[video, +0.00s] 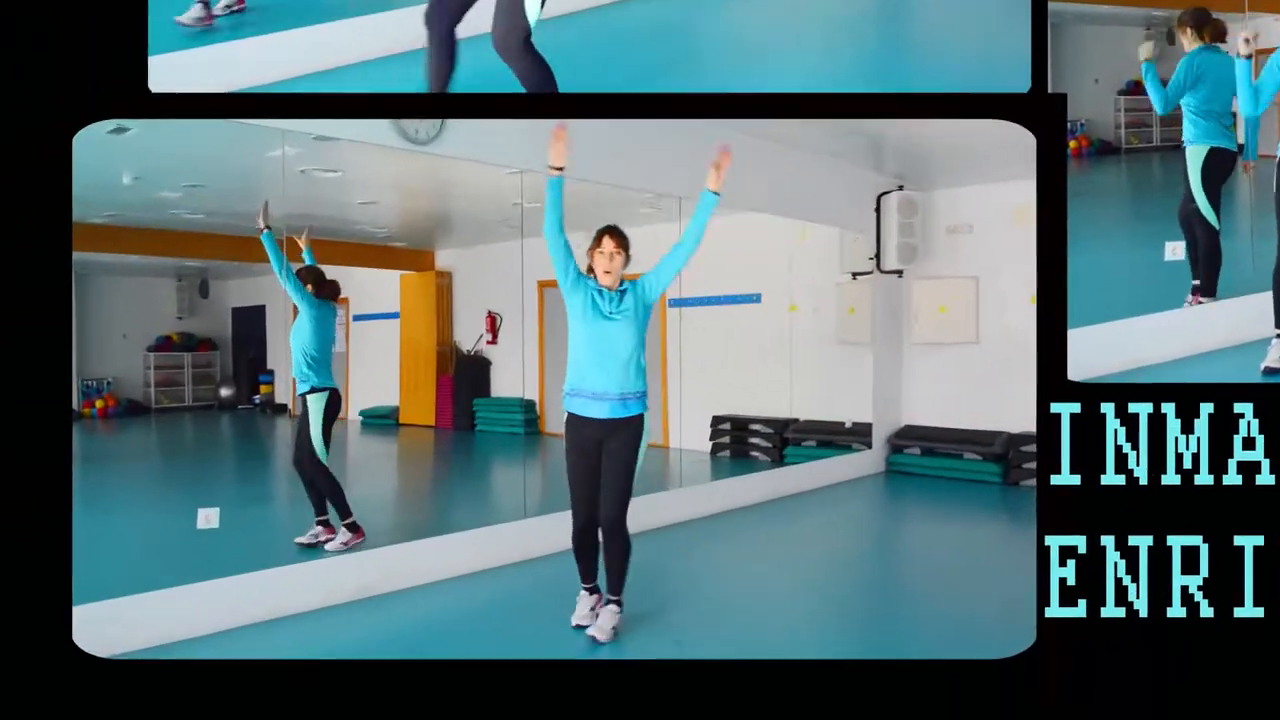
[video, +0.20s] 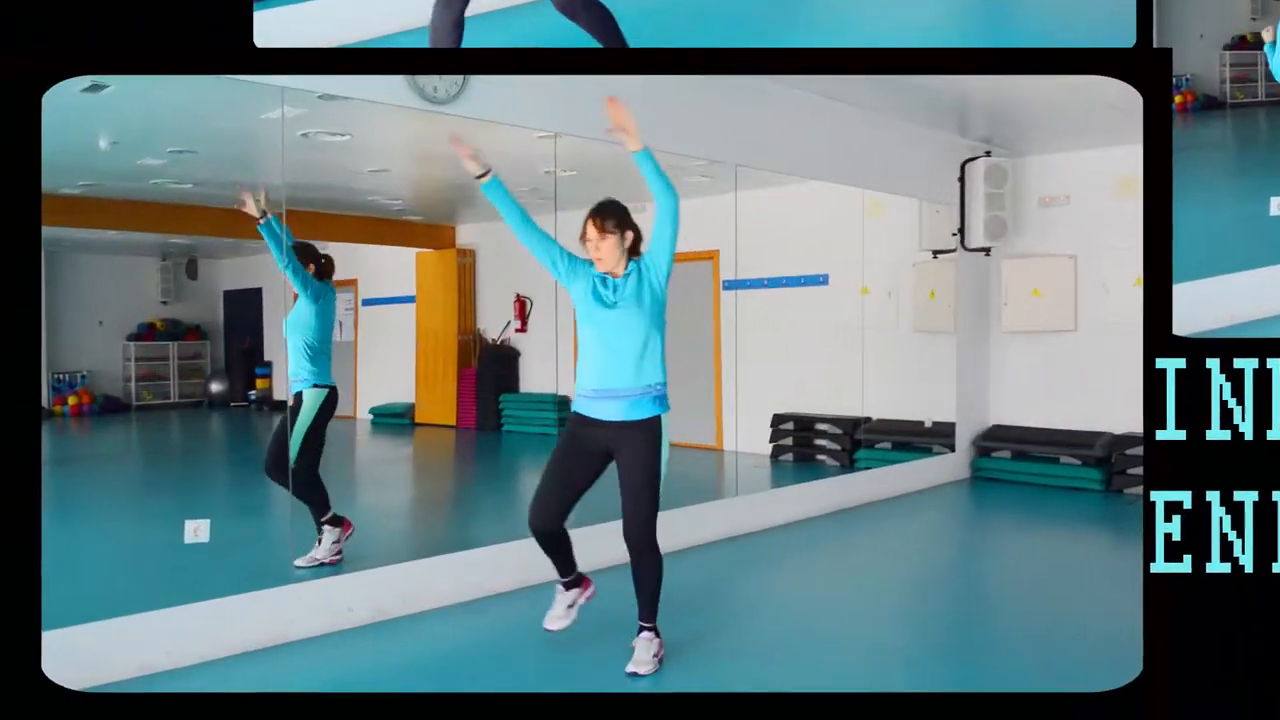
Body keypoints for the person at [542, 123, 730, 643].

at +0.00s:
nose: (608, 256)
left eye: (616, 251)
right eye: (602, 250)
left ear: (627, 261)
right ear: (589, 259)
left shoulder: (642, 293)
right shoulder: (576, 290)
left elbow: (686, 245)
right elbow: (555, 232)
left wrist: (713, 186)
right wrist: (556, 169)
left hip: (626, 417)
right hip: (580, 416)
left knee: (612, 516)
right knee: (583, 514)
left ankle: (612, 604)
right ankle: (588, 592)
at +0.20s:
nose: (589, 245)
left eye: (597, 236)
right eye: (587, 237)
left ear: (626, 238)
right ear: (588, 242)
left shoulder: (652, 278)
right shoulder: (578, 277)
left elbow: (667, 204)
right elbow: (526, 229)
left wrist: (636, 147)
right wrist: (483, 173)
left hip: (639, 423)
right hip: (586, 422)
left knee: (639, 533)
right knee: (543, 519)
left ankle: (648, 633)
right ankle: (574, 583)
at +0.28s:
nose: (572, 227)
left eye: (579, 215)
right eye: (570, 217)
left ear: (612, 216)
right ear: (576, 222)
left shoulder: (644, 254)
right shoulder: (572, 260)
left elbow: (651, 179)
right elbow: (505, 223)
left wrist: (597, 133)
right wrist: (445, 182)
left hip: (637, 409)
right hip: (581, 408)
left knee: (648, 527)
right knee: (535, 516)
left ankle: (660, 636)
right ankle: (538, 598)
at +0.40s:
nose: (547, 217)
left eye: (555, 206)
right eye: (547, 208)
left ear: (587, 207)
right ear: (558, 212)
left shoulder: (624, 249)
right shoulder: (544, 260)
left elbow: (616, 171)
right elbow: (472, 246)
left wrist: (548, 142)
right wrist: (406, 221)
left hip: (627, 413)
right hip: (566, 415)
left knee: (648, 532)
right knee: (526, 527)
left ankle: (670, 647)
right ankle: (480, 628)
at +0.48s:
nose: (527, 231)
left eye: (535, 219)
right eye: (525, 221)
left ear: (568, 221)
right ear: (537, 227)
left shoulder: (605, 266)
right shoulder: (526, 279)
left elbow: (598, 192)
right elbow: (452, 290)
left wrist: (528, 170)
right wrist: (385, 271)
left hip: (609, 430)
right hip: (547, 434)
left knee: (640, 546)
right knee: (513, 546)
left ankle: (674, 655)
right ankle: (471, 646)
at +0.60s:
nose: (474, 242)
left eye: (484, 231)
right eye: (474, 232)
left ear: (515, 234)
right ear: (483, 239)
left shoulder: (554, 277)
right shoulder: (483, 305)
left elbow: (579, 270)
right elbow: (465, 377)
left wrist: (525, 239)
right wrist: (401, 362)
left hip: (582, 430)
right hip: (521, 435)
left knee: (604, 547)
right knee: (494, 548)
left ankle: (652, 642)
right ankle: (473, 653)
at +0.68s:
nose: (440, 263)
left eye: (449, 251)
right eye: (439, 253)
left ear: (480, 255)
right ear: (462, 260)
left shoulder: (528, 288)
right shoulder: (462, 323)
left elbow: (566, 348)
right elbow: (481, 401)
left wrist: (500, 312)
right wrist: (421, 428)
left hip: (572, 430)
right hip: (516, 436)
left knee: (569, 536)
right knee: (486, 547)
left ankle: (607, 611)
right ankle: (473, 651)